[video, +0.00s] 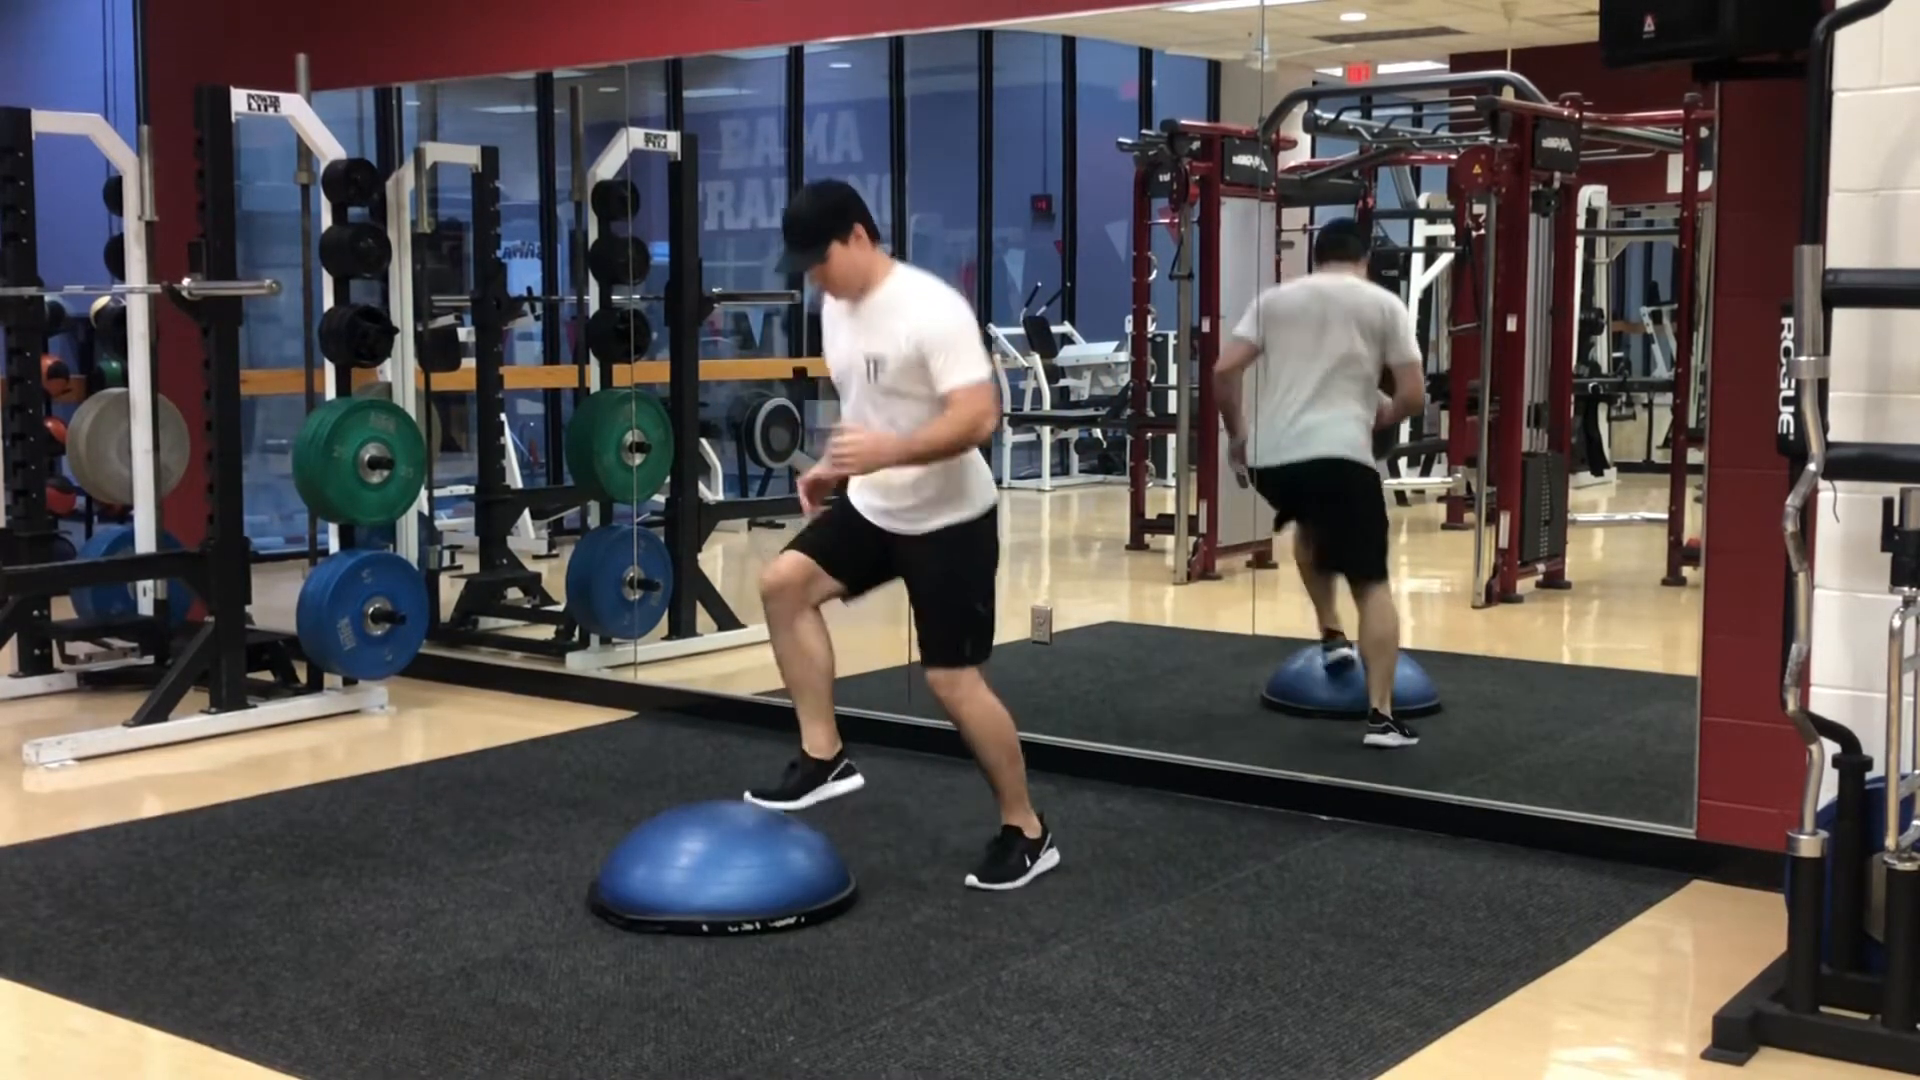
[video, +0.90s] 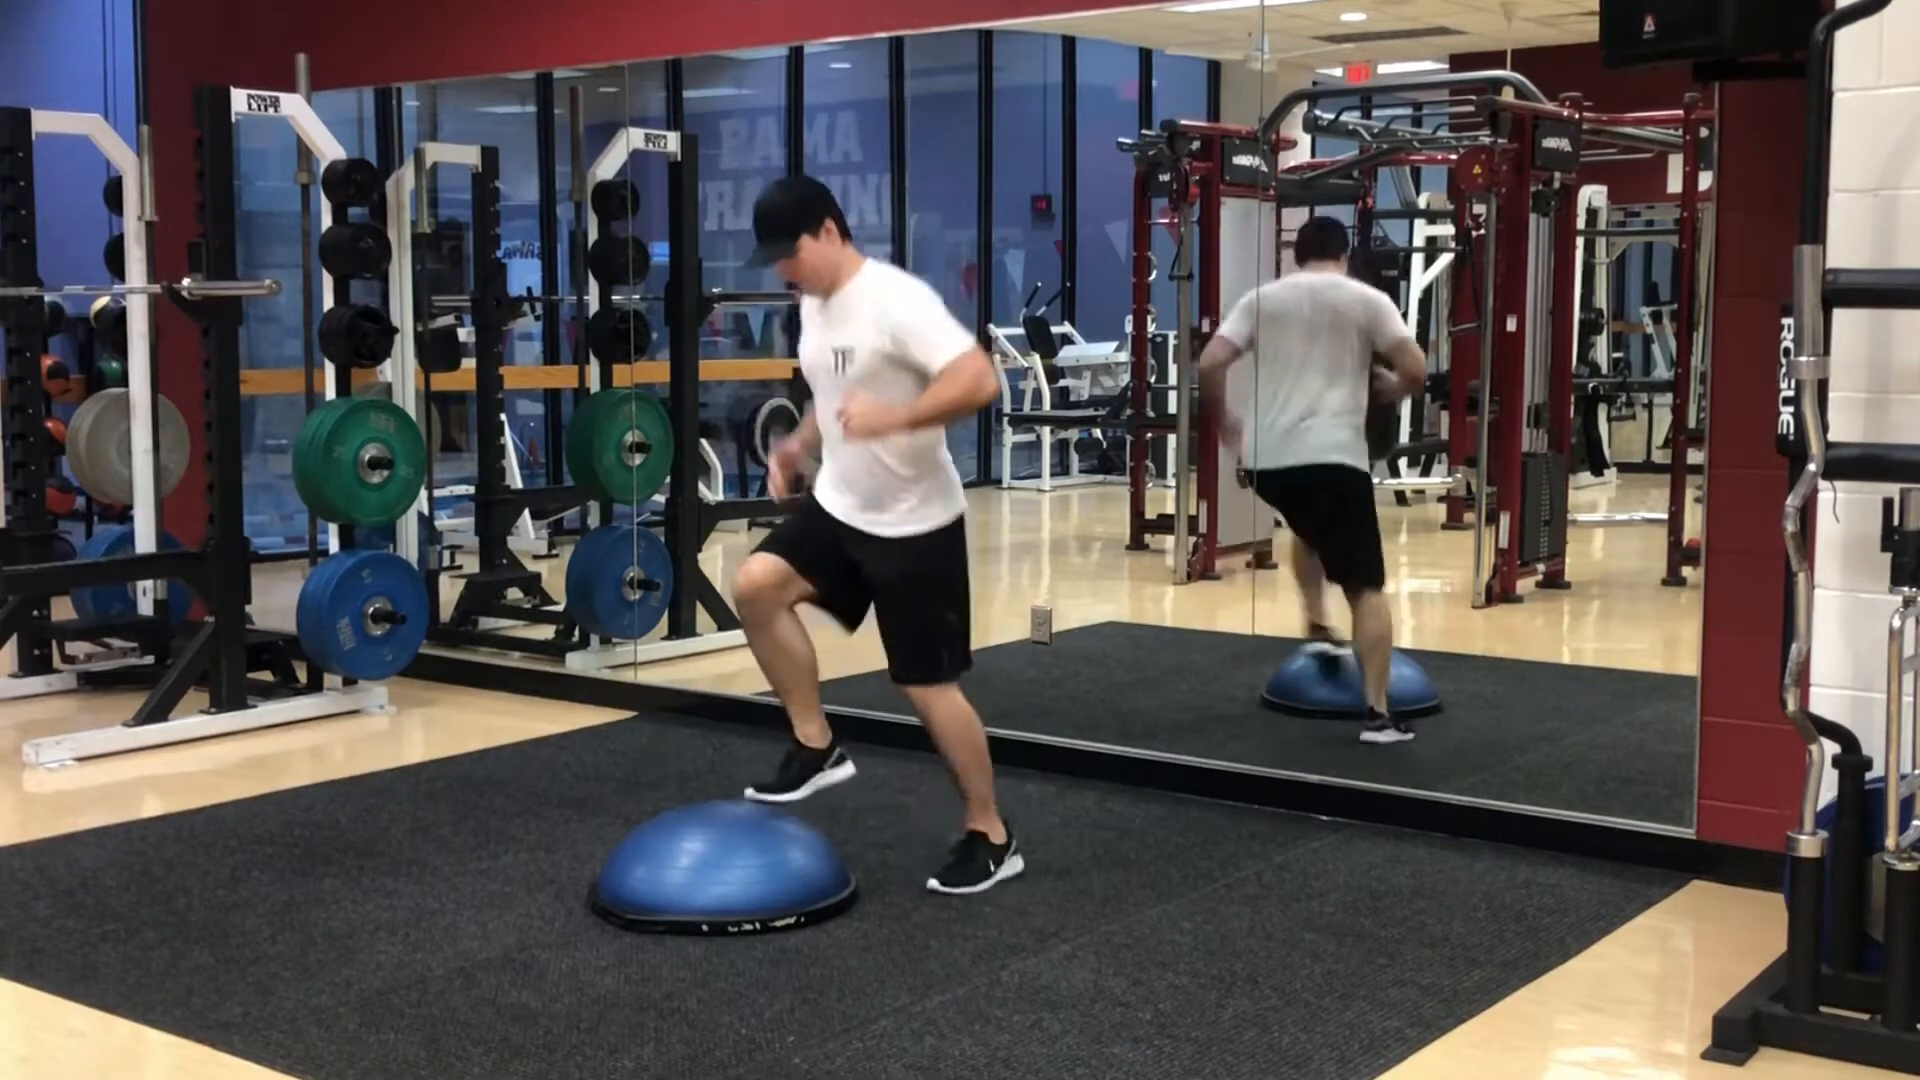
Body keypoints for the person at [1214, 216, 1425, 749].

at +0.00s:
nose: (1366, 270)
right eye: (1368, 263)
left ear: (1315, 260)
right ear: (1364, 261)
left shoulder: (1273, 300)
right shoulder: (1385, 304)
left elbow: (1224, 372)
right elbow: (1412, 396)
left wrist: (1236, 437)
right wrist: (1373, 422)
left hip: (1273, 459)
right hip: (1344, 459)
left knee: (1307, 527)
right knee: (1372, 585)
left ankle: (1332, 638)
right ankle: (1381, 714)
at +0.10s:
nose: (1365, 269)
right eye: (1367, 262)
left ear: (1315, 256)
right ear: (1363, 261)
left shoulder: (1273, 296)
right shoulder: (1384, 302)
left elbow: (1219, 363)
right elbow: (1406, 390)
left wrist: (1241, 417)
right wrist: (1370, 381)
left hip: (1272, 461)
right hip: (1341, 463)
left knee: (1297, 530)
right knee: (1370, 591)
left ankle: (1304, 633)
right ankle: (1380, 715)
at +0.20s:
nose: (1358, 241)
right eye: (1358, 233)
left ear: (1305, 227)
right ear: (1351, 231)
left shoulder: (1259, 266)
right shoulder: (1367, 270)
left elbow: (1207, 331)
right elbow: (1393, 349)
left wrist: (1244, 377)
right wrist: (1362, 368)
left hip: (1258, 431)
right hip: (1329, 433)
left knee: (1274, 524)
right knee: (1360, 557)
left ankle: (1238, 636)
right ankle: (1372, 677)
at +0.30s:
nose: (1344, 243)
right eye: (1344, 236)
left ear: (1295, 232)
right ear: (1341, 235)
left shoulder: (1248, 270)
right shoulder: (1349, 266)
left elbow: (1198, 344)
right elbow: (1360, 333)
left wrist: (1236, 384)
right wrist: (1356, 385)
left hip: (1241, 421)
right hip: (1308, 424)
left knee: (1246, 545)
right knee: (1358, 518)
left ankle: (1197, 659)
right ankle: (1341, 629)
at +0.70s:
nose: (1334, 236)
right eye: (1334, 228)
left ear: (1284, 225)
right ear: (1332, 227)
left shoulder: (1242, 267)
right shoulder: (1348, 258)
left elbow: (1191, 337)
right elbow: (1379, 321)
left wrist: (1218, 389)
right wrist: (1381, 372)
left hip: (1262, 426)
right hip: (1328, 424)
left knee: (1278, 526)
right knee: (1358, 547)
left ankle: (1261, 629)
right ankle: (1377, 670)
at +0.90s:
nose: (1339, 266)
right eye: (1343, 258)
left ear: (1294, 258)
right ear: (1344, 257)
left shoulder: (1260, 299)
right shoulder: (1369, 300)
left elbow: (1210, 364)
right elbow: (1415, 371)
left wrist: (1222, 417)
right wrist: (1381, 388)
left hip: (1272, 462)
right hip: (1337, 461)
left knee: (1306, 533)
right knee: (1366, 588)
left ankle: (1318, 629)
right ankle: (1378, 712)